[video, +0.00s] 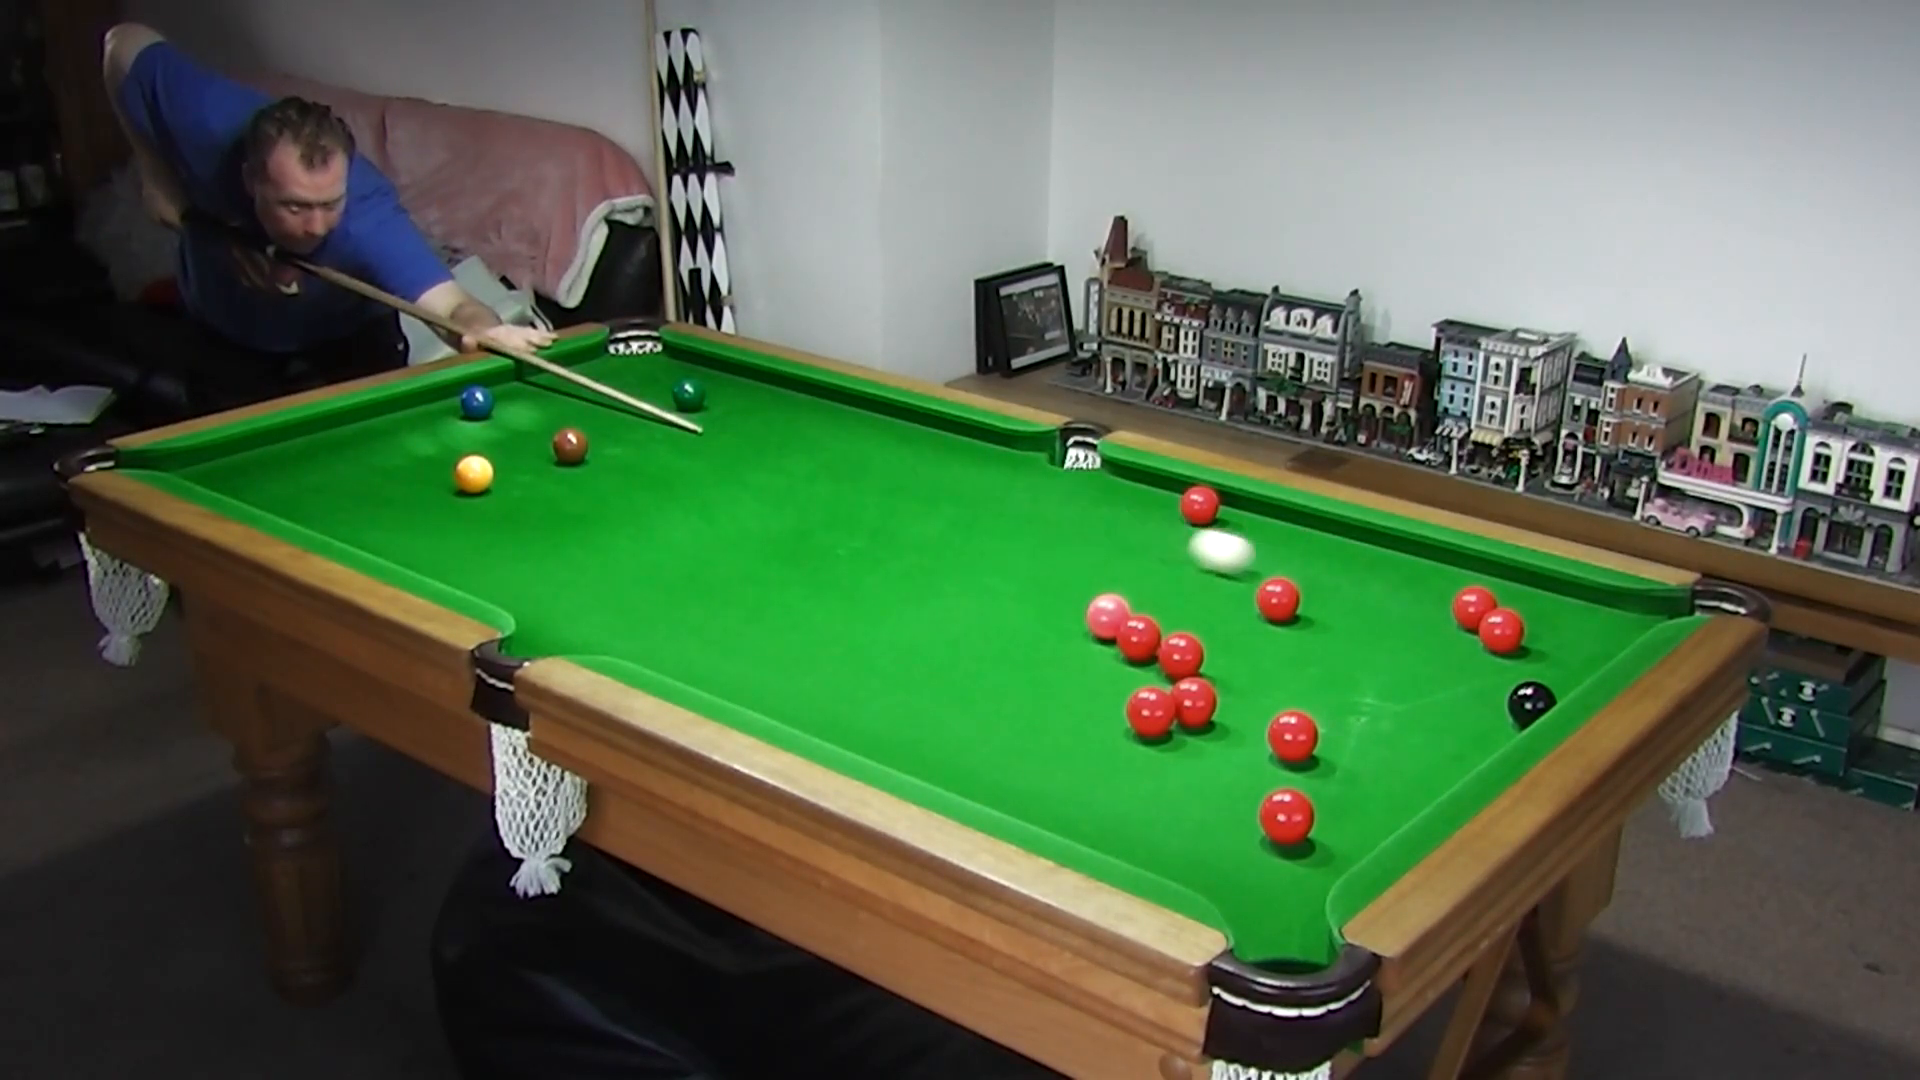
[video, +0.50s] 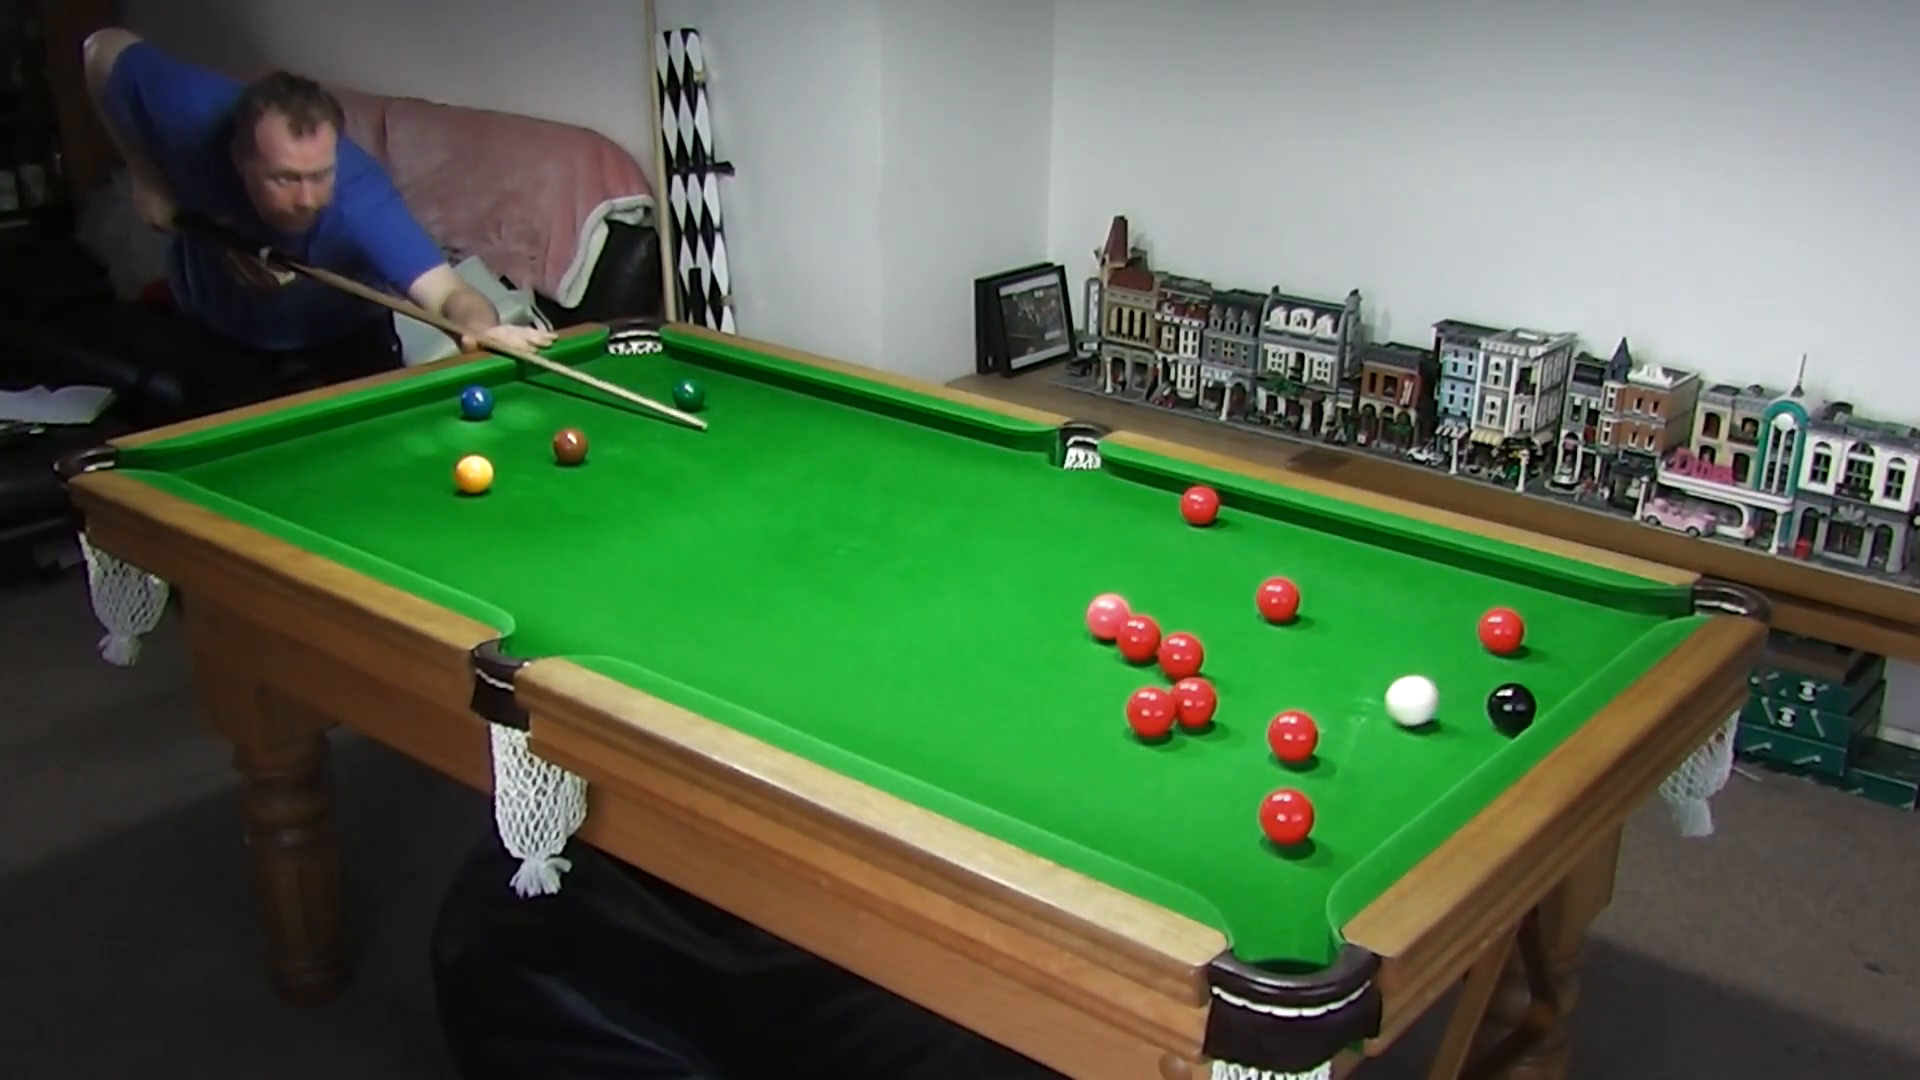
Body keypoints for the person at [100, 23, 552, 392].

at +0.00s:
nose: (318, 226)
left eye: (331, 205)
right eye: (296, 207)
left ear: (346, 182)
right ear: (251, 181)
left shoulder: (369, 213)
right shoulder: (211, 129)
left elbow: (448, 304)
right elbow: (121, 43)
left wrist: (488, 330)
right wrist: (157, 178)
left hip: (347, 325)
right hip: (228, 314)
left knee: (358, 463)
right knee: (233, 457)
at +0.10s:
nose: (317, 224)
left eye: (331, 204)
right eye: (295, 206)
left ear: (346, 180)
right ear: (251, 179)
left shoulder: (369, 212)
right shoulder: (211, 128)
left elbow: (449, 304)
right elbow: (122, 43)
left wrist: (488, 330)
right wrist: (156, 176)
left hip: (347, 325)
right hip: (229, 317)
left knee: (363, 463)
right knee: (236, 460)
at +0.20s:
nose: (315, 222)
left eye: (329, 202)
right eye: (294, 204)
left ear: (345, 179)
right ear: (250, 177)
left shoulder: (368, 212)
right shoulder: (211, 128)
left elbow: (447, 303)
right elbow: (121, 41)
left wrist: (490, 330)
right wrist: (154, 173)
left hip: (348, 325)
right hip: (228, 317)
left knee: (363, 466)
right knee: (235, 461)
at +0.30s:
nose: (314, 220)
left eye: (328, 201)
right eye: (293, 202)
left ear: (345, 179)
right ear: (249, 175)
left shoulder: (368, 212)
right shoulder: (209, 127)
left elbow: (447, 302)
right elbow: (119, 42)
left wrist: (489, 330)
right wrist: (154, 175)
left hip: (347, 323)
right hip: (226, 315)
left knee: (364, 466)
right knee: (233, 461)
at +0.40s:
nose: (312, 210)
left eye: (326, 190)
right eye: (292, 192)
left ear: (342, 169)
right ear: (246, 167)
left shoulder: (365, 207)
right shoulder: (203, 123)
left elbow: (447, 300)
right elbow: (110, 45)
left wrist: (488, 330)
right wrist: (150, 177)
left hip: (344, 322)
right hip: (221, 315)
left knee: (368, 466)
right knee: (232, 462)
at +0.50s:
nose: (306, 199)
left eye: (320, 177)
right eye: (285, 180)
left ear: (337, 158)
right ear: (242, 160)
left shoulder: (361, 194)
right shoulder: (197, 121)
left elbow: (445, 292)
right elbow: (101, 50)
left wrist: (484, 326)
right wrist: (145, 177)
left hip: (342, 328)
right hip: (219, 323)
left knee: (373, 471)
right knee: (232, 471)